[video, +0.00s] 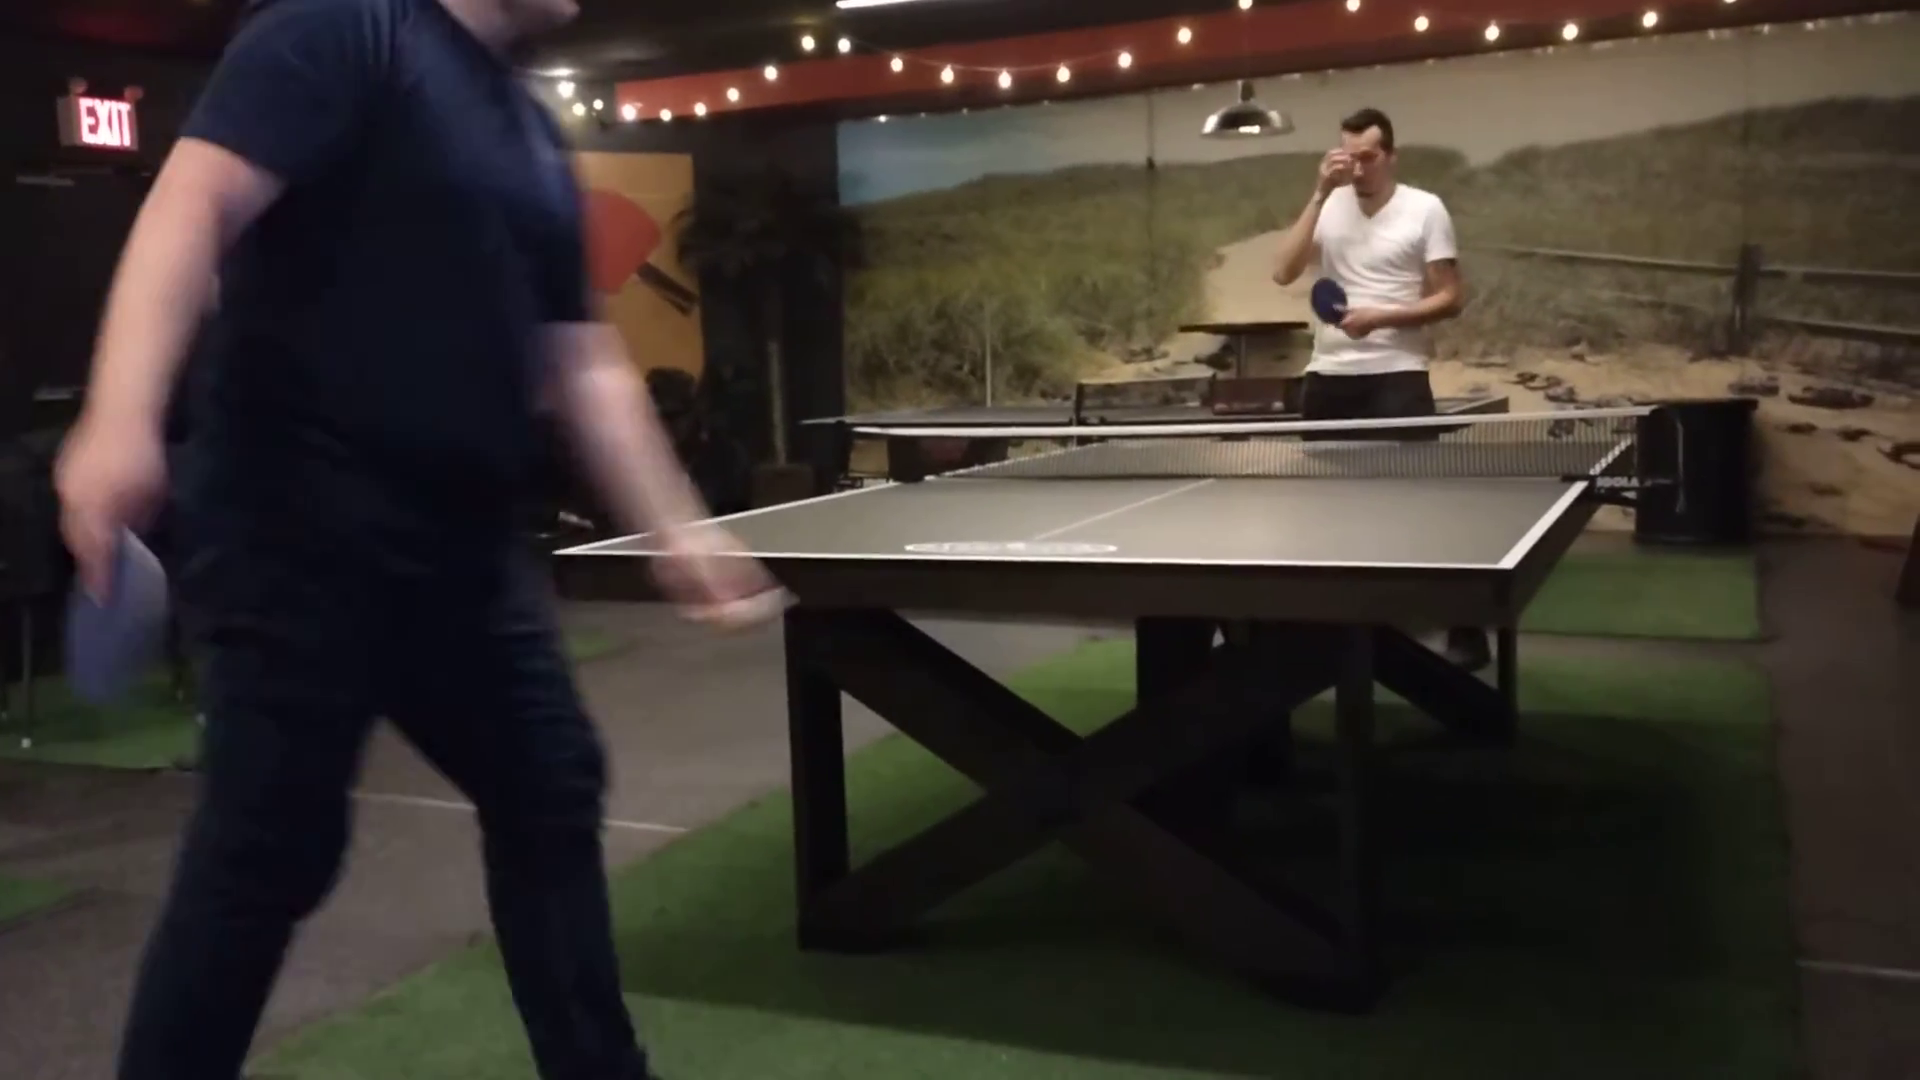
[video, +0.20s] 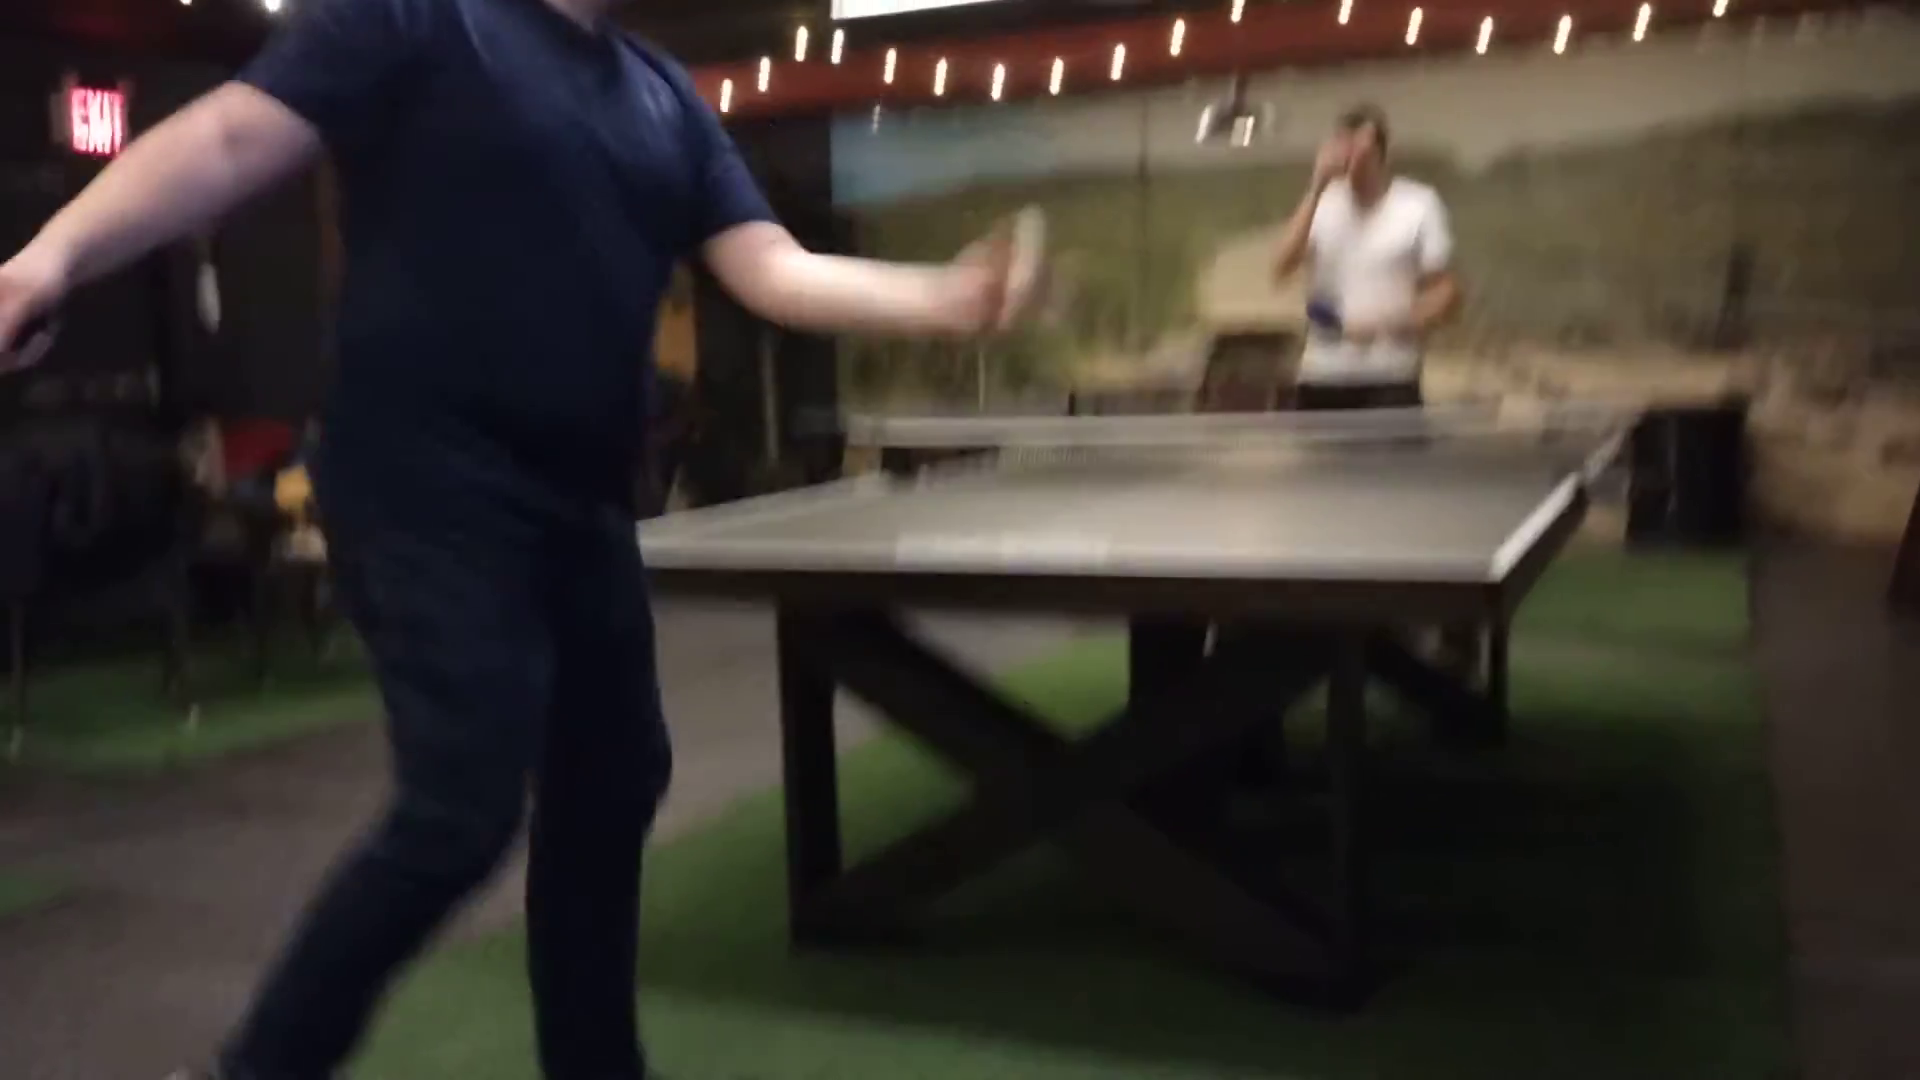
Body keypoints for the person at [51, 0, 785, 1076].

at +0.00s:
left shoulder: (525, 125)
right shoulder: (339, 32)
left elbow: (584, 356)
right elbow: (191, 201)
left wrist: (677, 527)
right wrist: (119, 420)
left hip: (454, 556)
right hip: (289, 541)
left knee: (547, 787)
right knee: (263, 848)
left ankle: (596, 1066)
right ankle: (172, 1066)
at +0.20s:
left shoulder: (660, 93)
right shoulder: (411, 21)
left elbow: (771, 271)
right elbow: (232, 135)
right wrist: (50, 257)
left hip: (577, 500)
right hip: (416, 480)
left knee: (610, 786)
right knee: (464, 800)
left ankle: (594, 1064)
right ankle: (262, 1067)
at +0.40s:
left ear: (691, 1)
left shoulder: (725, 140)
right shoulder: (491, 78)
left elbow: (859, 264)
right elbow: (292, 167)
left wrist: (1012, 199)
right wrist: (65, 236)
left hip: (651, 549)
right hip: (507, 535)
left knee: (616, 849)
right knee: (613, 842)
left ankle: (553, 1063)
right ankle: (495, 1059)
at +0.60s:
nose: (748, 41)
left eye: (742, 21)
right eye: (713, 17)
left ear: (667, 56)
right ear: (626, 50)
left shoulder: (729, 249)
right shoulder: (555, 156)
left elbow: (816, 410)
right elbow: (395, 206)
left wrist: (956, 498)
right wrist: (205, 216)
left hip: (661, 643)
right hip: (556, 633)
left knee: (602, 947)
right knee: (666, 952)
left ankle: (552, 1078)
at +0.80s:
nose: (781, 140)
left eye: (776, 117)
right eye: (756, 114)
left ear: (668, 127)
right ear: (664, 122)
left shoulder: (662, 247)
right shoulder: (618, 201)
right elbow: (563, 279)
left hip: (638, 691)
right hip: (593, 693)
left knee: (585, 1028)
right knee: (657, 1028)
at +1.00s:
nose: (781, 208)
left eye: (783, 183)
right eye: (772, 178)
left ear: (672, 164)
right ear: (694, 164)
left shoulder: (557, 269)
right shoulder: (688, 248)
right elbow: (835, 431)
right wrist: (1071, 561)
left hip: (509, 751)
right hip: (613, 760)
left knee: (550, 1056)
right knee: (654, 1057)